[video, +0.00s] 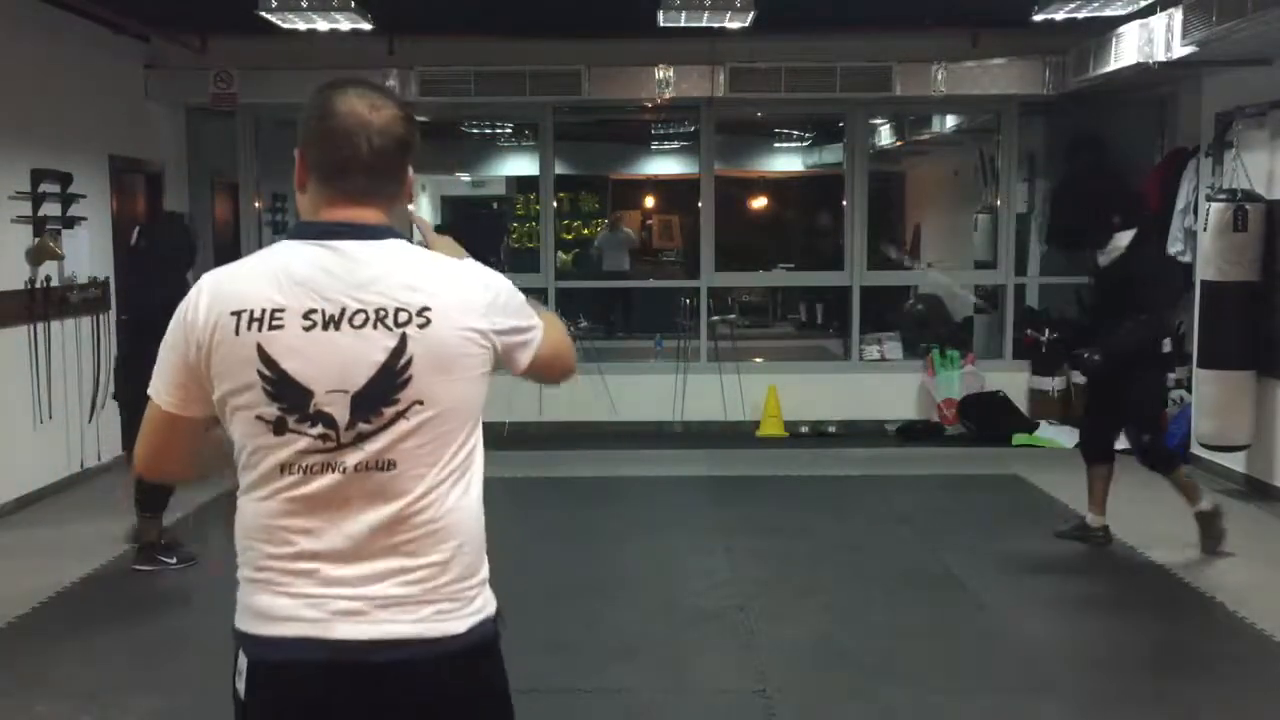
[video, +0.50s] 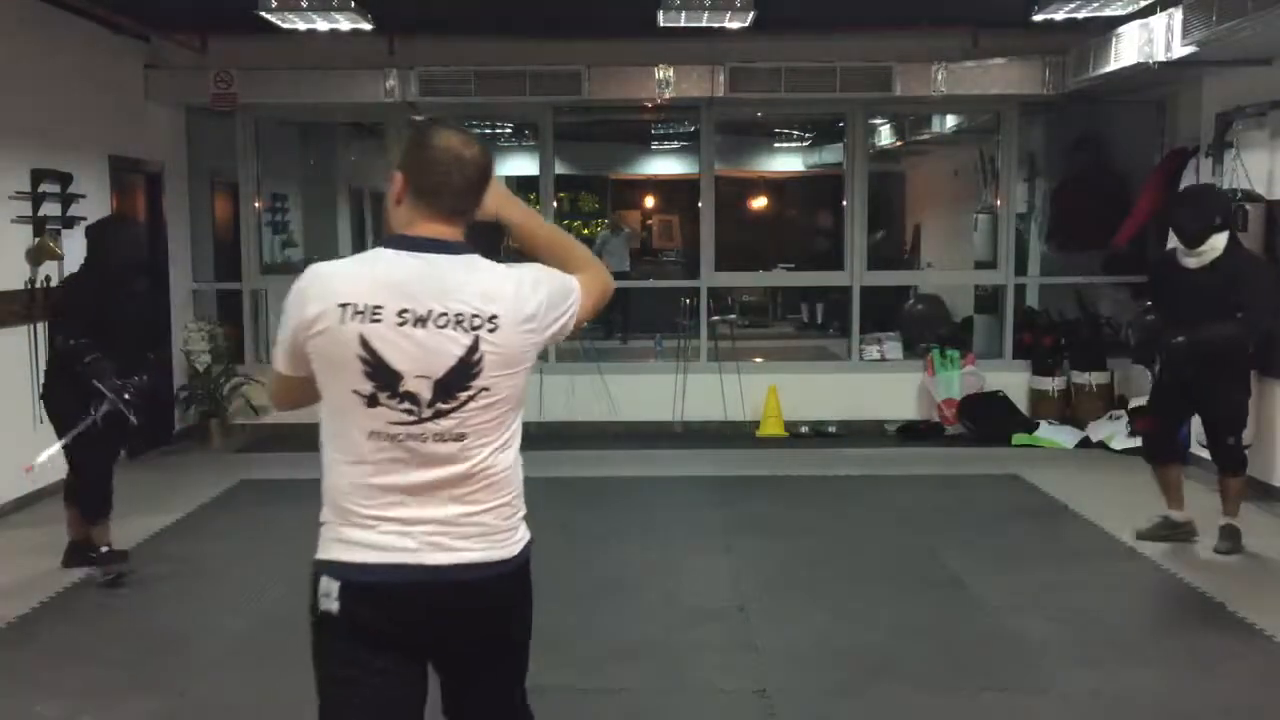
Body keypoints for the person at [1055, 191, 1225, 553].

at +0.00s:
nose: (1091, 238)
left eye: (1094, 230)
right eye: (1089, 233)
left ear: (1112, 220)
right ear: (1116, 219)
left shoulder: (1145, 260)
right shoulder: (1109, 262)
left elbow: (1155, 322)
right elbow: (1103, 319)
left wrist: (1106, 351)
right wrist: (1069, 332)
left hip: (1142, 364)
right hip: (1110, 364)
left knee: (1150, 446)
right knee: (1095, 439)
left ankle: (1204, 508)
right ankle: (1095, 521)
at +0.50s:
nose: (1185, 238)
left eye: (1193, 230)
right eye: (1181, 229)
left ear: (1215, 226)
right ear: (1175, 225)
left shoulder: (1246, 268)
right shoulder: (1166, 266)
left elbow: (1257, 328)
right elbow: (1160, 314)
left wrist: (1197, 338)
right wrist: (1148, 332)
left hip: (1224, 373)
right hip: (1177, 369)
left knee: (1227, 447)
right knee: (1159, 438)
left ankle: (1229, 524)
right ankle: (1177, 518)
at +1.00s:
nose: (1186, 229)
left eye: (1195, 222)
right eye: (1184, 221)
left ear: (1221, 223)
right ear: (1181, 221)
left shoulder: (1249, 269)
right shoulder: (1172, 264)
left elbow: (1258, 330)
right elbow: (1158, 314)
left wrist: (1198, 341)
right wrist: (1146, 328)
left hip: (1224, 376)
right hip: (1177, 372)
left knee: (1228, 451)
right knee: (1153, 440)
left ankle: (1229, 524)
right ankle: (1132, 522)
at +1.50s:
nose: (1135, 223)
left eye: (1144, 215)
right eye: (1134, 214)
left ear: (1166, 220)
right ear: (1129, 217)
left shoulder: (1195, 269)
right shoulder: (1120, 265)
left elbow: (1197, 327)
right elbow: (1107, 314)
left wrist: (1143, 343)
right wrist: (1094, 342)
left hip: (1174, 372)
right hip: (1128, 370)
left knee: (1177, 451)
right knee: (1120, 446)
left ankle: (1213, 514)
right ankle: (1124, 527)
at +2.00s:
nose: (1126, 226)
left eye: (1132, 218)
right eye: (1123, 219)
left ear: (1150, 218)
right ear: (1120, 221)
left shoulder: (1180, 263)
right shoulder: (1113, 263)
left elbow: (1178, 325)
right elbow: (1097, 315)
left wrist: (1131, 349)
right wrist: (1091, 346)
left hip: (1160, 375)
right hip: (1117, 373)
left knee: (1161, 456)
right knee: (1120, 451)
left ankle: (1169, 536)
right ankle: (1124, 528)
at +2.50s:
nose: (1132, 223)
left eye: (1140, 215)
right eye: (1131, 215)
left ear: (1162, 217)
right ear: (1130, 216)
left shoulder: (1191, 268)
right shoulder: (1121, 264)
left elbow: (1182, 329)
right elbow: (1106, 317)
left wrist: (1128, 351)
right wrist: (1093, 348)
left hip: (1164, 377)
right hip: (1120, 373)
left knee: (1168, 456)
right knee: (1122, 451)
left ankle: (1170, 537)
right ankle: (1124, 527)